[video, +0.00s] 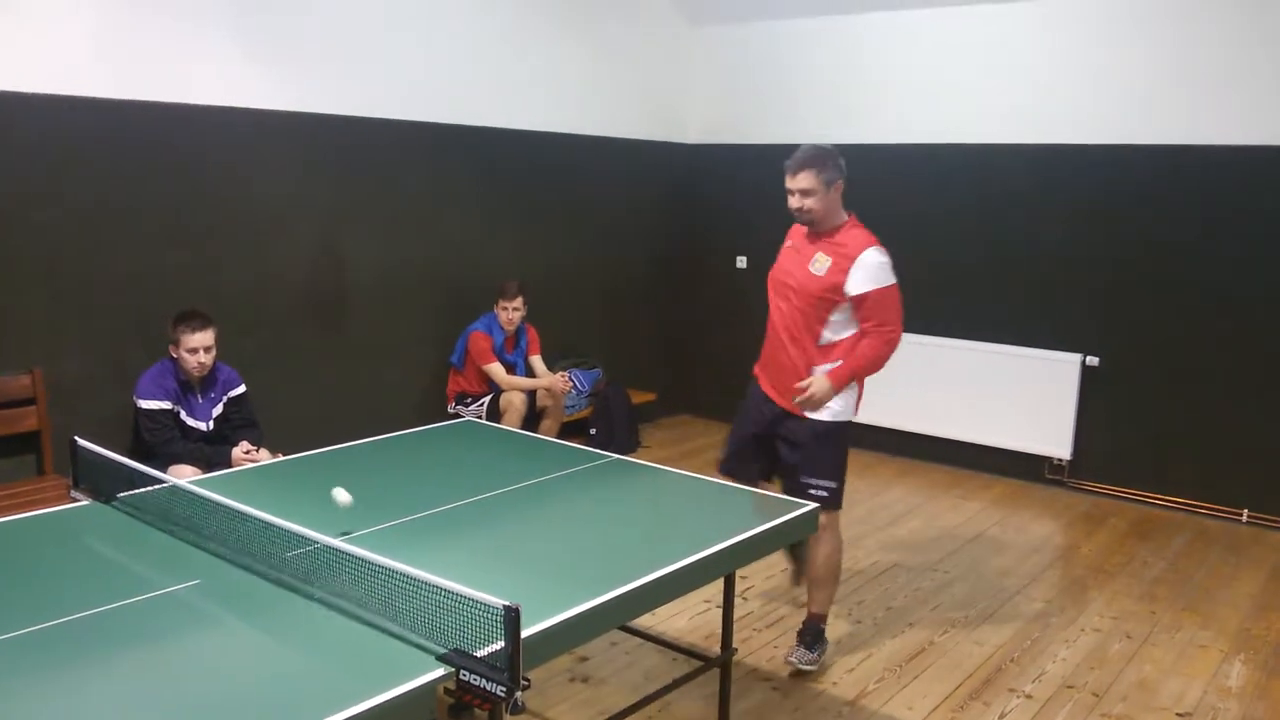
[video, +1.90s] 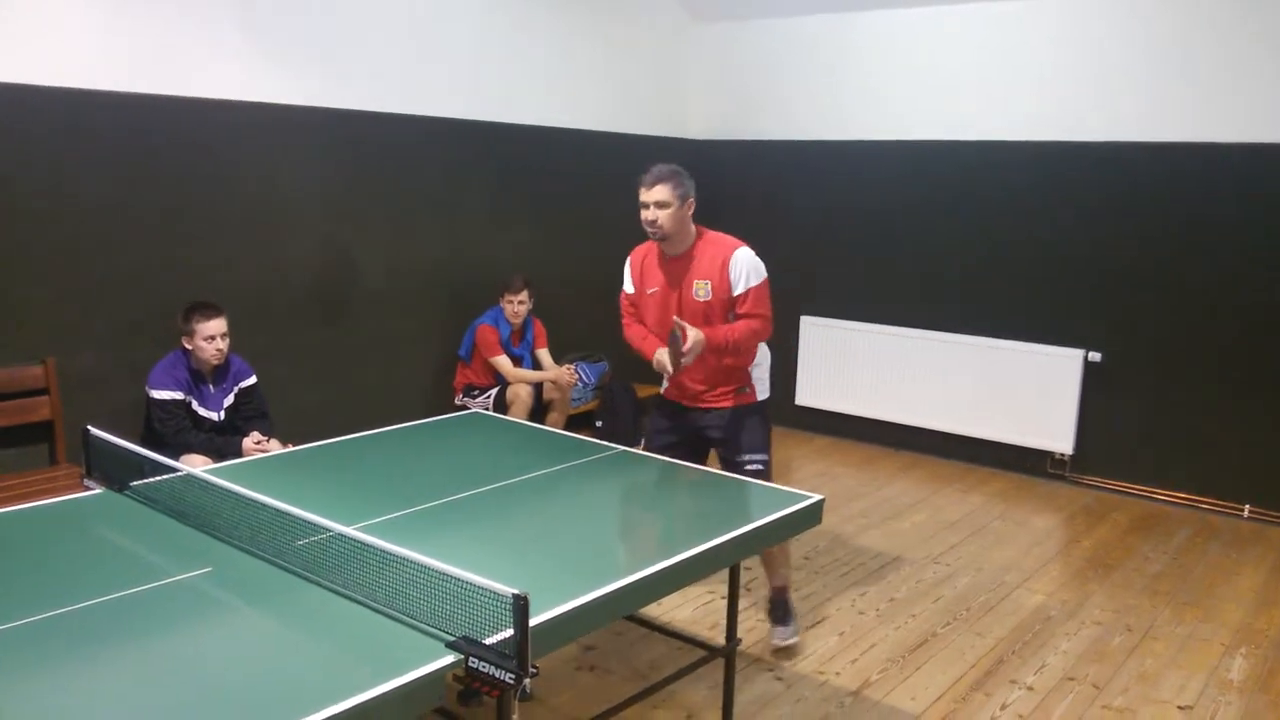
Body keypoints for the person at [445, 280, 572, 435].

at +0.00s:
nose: (510, 316)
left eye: (516, 310)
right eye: (504, 309)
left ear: (524, 311)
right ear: (496, 309)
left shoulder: (528, 333)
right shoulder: (479, 335)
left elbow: (542, 372)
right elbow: (504, 382)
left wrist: (556, 381)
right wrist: (548, 383)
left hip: (501, 396)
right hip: (465, 402)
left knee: (555, 397)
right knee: (517, 400)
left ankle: (541, 458)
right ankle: (503, 458)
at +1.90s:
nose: (515, 309)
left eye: (521, 303)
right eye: (509, 302)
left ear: (531, 304)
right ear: (501, 303)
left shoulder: (534, 326)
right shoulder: (486, 329)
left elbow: (549, 366)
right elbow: (511, 375)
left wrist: (563, 374)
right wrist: (553, 376)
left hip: (509, 387)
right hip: (473, 394)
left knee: (562, 391)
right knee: (523, 392)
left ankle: (547, 450)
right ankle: (511, 450)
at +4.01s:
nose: (515, 313)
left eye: (520, 307)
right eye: (509, 306)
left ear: (527, 308)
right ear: (499, 306)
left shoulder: (530, 329)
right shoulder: (481, 331)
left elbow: (544, 368)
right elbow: (505, 378)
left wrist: (558, 378)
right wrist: (550, 379)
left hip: (503, 391)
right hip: (467, 398)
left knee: (557, 392)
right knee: (519, 395)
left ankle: (545, 453)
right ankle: (506, 453)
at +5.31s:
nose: (503, 319)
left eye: (509, 314)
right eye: (498, 313)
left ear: (519, 315)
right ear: (491, 313)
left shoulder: (523, 338)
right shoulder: (474, 339)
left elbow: (538, 378)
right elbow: (498, 387)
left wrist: (552, 386)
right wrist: (543, 386)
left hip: (496, 400)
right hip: (460, 407)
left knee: (550, 401)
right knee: (511, 403)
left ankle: (535, 461)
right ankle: (498, 460)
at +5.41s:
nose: (503, 319)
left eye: (510, 313)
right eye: (498, 312)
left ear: (519, 315)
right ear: (491, 313)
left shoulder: (523, 337)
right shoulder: (474, 339)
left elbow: (537, 377)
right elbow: (498, 387)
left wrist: (552, 386)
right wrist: (543, 386)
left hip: (497, 399)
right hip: (461, 405)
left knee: (550, 400)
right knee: (511, 403)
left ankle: (537, 462)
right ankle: (501, 461)